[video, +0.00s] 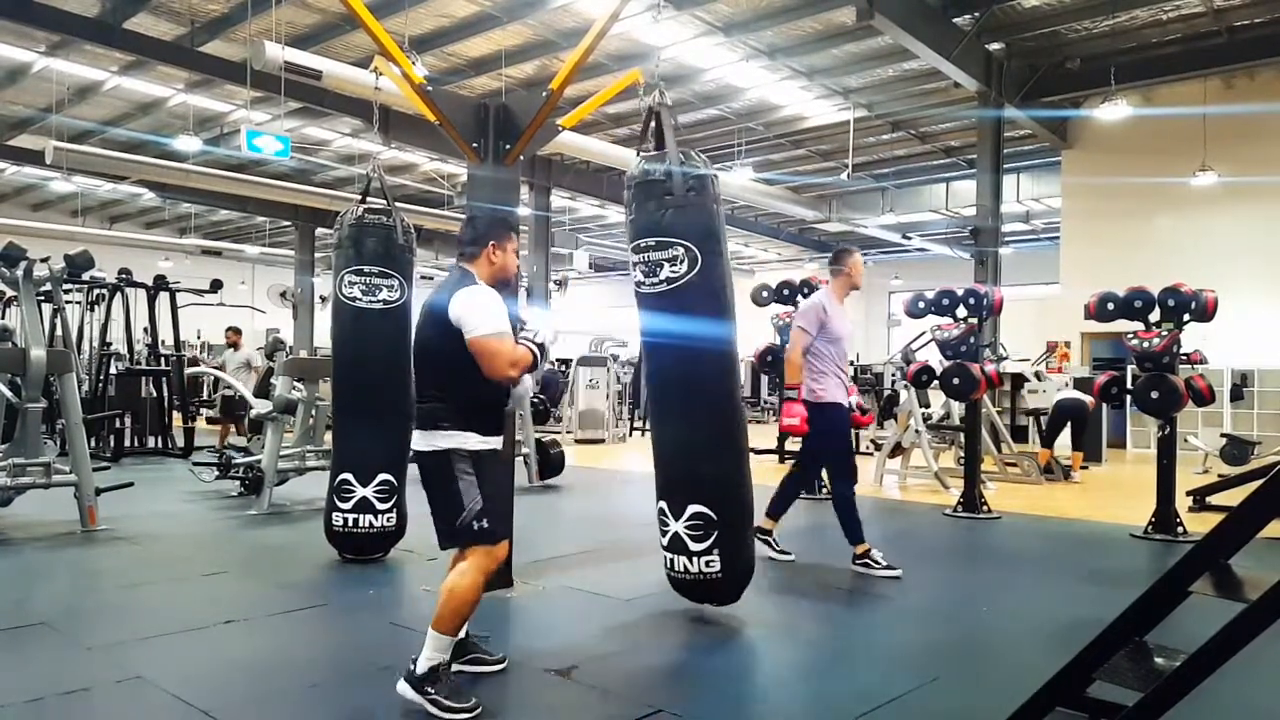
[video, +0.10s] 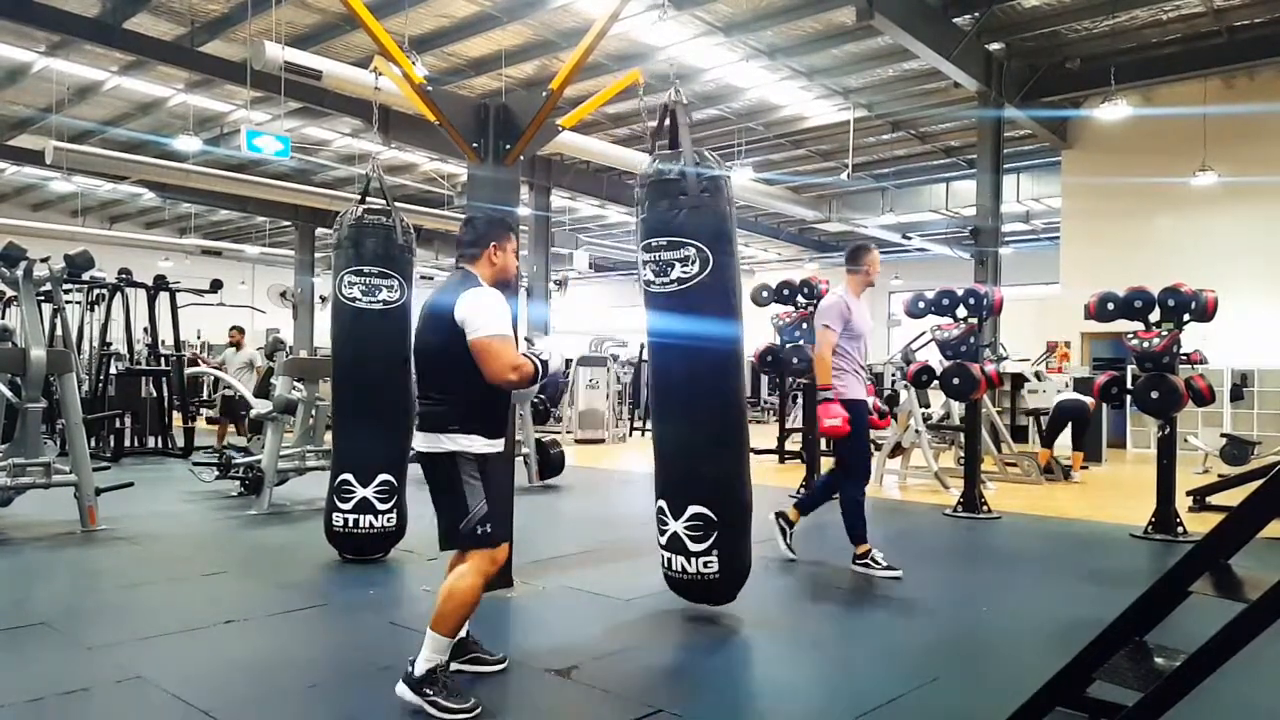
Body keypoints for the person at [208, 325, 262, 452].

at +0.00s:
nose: (226, 341)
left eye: (229, 338)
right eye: (226, 338)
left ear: (238, 337)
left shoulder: (250, 354)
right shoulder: (227, 353)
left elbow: (260, 373)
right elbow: (218, 363)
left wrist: (255, 391)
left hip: (241, 393)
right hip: (226, 392)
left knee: (239, 423)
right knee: (225, 422)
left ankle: (245, 445)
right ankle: (220, 445)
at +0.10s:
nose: (230, 340)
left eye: (232, 336)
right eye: (229, 337)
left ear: (242, 337)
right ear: (230, 337)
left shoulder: (252, 354)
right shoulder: (228, 352)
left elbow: (261, 375)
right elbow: (214, 363)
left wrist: (257, 392)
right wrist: (200, 357)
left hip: (242, 394)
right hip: (227, 393)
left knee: (240, 423)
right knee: (223, 421)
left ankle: (244, 447)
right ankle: (218, 446)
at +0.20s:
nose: (233, 339)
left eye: (236, 336)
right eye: (232, 336)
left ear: (245, 336)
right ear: (231, 337)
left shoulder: (253, 354)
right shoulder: (228, 352)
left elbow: (262, 374)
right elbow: (213, 362)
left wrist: (256, 392)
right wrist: (199, 357)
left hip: (243, 394)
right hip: (227, 393)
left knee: (241, 423)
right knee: (221, 421)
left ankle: (245, 448)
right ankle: (218, 447)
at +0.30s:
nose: (235, 338)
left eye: (238, 336)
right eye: (233, 336)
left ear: (246, 337)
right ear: (232, 337)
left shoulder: (253, 354)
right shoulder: (227, 352)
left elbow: (262, 374)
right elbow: (213, 361)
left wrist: (256, 391)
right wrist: (198, 357)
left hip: (244, 394)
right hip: (227, 392)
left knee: (242, 423)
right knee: (221, 420)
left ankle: (246, 446)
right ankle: (219, 446)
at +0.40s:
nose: (236, 338)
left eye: (239, 335)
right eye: (234, 335)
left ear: (246, 337)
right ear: (231, 337)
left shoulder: (254, 354)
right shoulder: (226, 352)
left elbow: (262, 373)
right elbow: (211, 363)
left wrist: (256, 390)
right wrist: (196, 358)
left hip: (244, 395)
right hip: (227, 393)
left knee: (243, 424)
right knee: (224, 421)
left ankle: (248, 447)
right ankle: (222, 447)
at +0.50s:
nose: (236, 338)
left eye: (239, 335)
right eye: (233, 335)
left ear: (245, 337)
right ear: (230, 337)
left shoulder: (253, 354)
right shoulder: (225, 352)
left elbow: (262, 371)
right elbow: (211, 363)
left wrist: (256, 388)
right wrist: (196, 360)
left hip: (244, 395)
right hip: (227, 393)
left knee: (243, 425)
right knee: (226, 422)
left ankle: (249, 447)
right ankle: (225, 448)